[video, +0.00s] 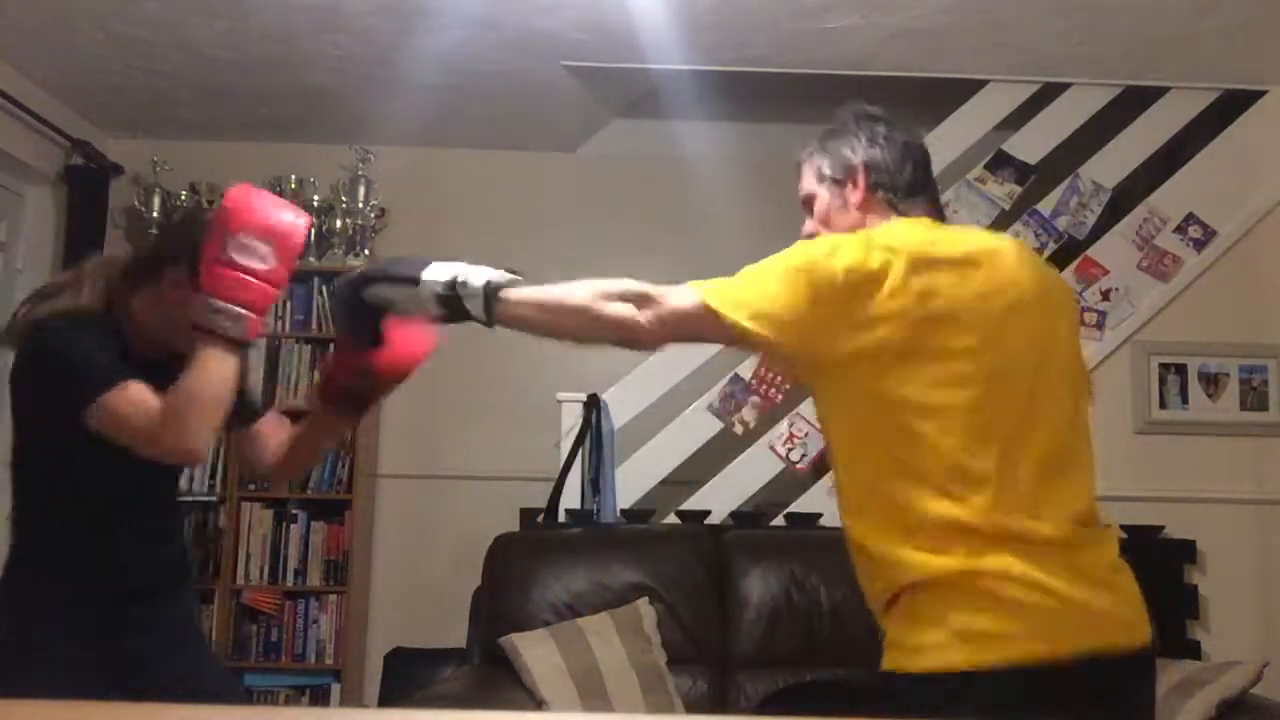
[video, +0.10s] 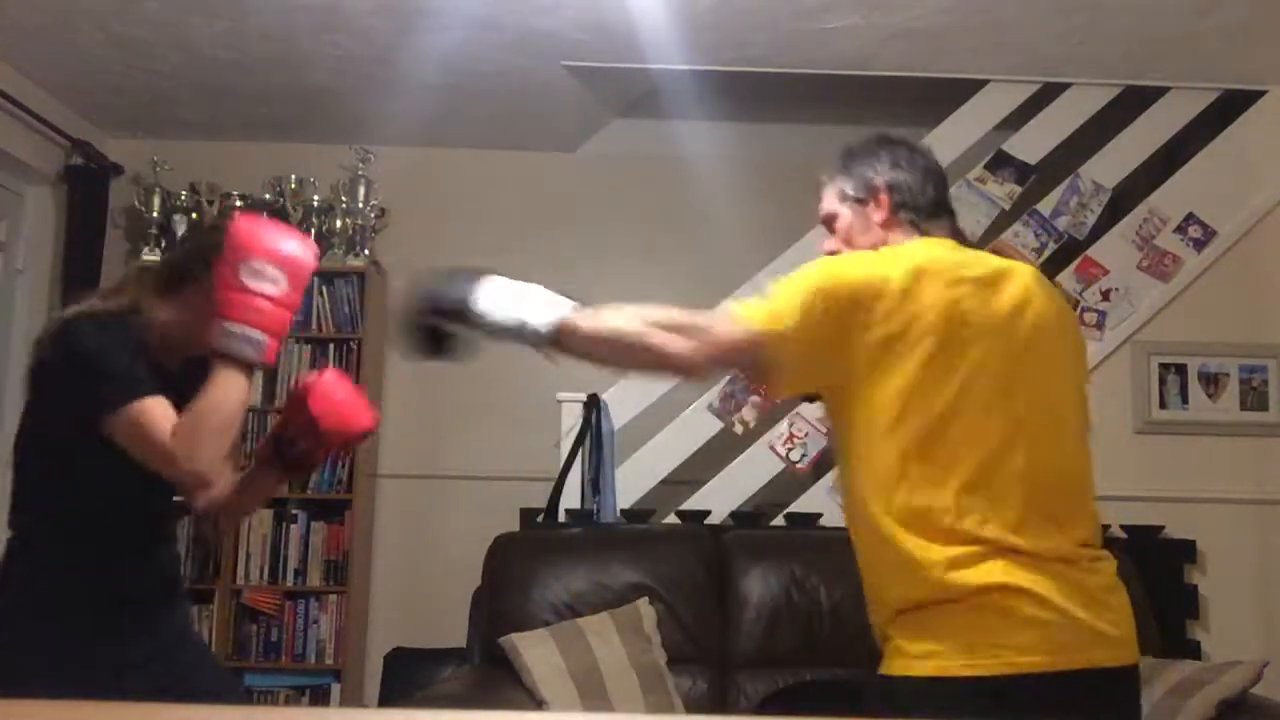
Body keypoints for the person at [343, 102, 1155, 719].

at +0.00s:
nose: (809, 226)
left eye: (811, 206)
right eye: (806, 209)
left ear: (859, 187)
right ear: (908, 184)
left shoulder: (846, 267)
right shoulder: (1039, 276)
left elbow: (645, 315)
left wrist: (461, 291)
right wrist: (833, 361)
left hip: (966, 662)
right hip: (1114, 654)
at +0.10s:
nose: (826, 243)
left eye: (831, 222)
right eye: (825, 225)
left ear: (881, 208)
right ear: (913, 208)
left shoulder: (861, 285)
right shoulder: (1045, 297)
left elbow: (695, 345)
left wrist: (533, 314)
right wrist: (808, 369)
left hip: (959, 667)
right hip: (1102, 665)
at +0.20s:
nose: (859, 265)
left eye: (862, 244)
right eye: (854, 250)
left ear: (908, 223)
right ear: (931, 225)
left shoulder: (911, 292)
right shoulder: (1045, 302)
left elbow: (856, 414)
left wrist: (709, 377)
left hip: (978, 668)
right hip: (1098, 664)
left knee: (783, 704)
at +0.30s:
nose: (883, 295)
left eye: (886, 271)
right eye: (877, 277)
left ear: (931, 252)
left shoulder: (957, 312)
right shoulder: (1050, 330)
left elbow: (997, 474)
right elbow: (903, 462)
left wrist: (851, 465)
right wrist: (863, 359)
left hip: (1004, 674)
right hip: (1096, 674)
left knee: (787, 706)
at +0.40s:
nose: (869, 270)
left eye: (874, 247)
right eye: (865, 255)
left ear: (924, 228)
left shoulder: (944, 288)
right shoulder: (1046, 314)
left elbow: (985, 425)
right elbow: (958, 493)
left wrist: (852, 416)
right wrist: (878, 412)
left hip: (995, 641)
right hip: (1093, 642)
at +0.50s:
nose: (848, 264)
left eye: (854, 241)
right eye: (846, 247)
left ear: (905, 225)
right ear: (911, 229)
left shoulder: (922, 281)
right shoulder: (1022, 305)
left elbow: (868, 382)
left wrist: (733, 357)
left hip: (997, 628)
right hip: (1089, 623)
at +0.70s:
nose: (805, 282)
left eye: (810, 264)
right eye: (800, 267)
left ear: (856, 246)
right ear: (882, 248)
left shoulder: (867, 303)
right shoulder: (987, 320)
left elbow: (766, 401)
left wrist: (622, 386)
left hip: (971, 651)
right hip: (1070, 643)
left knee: (784, 702)